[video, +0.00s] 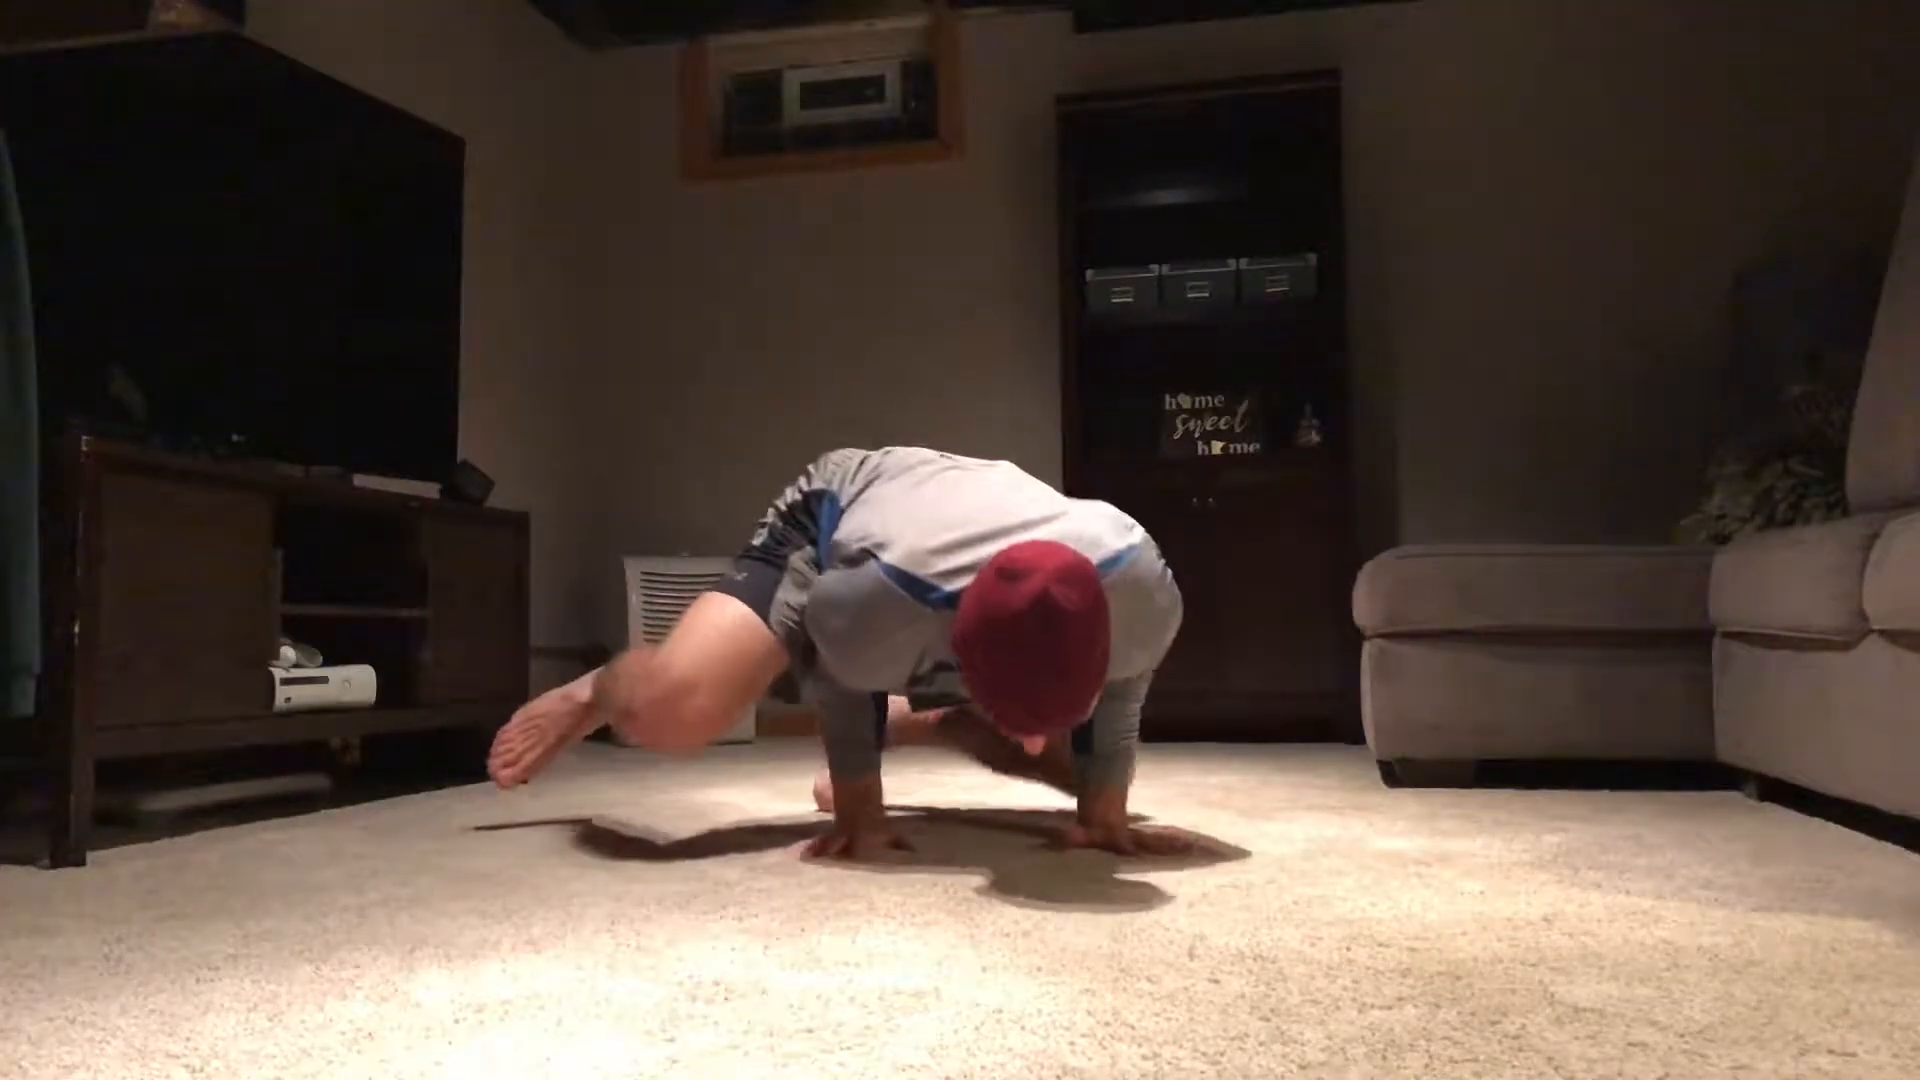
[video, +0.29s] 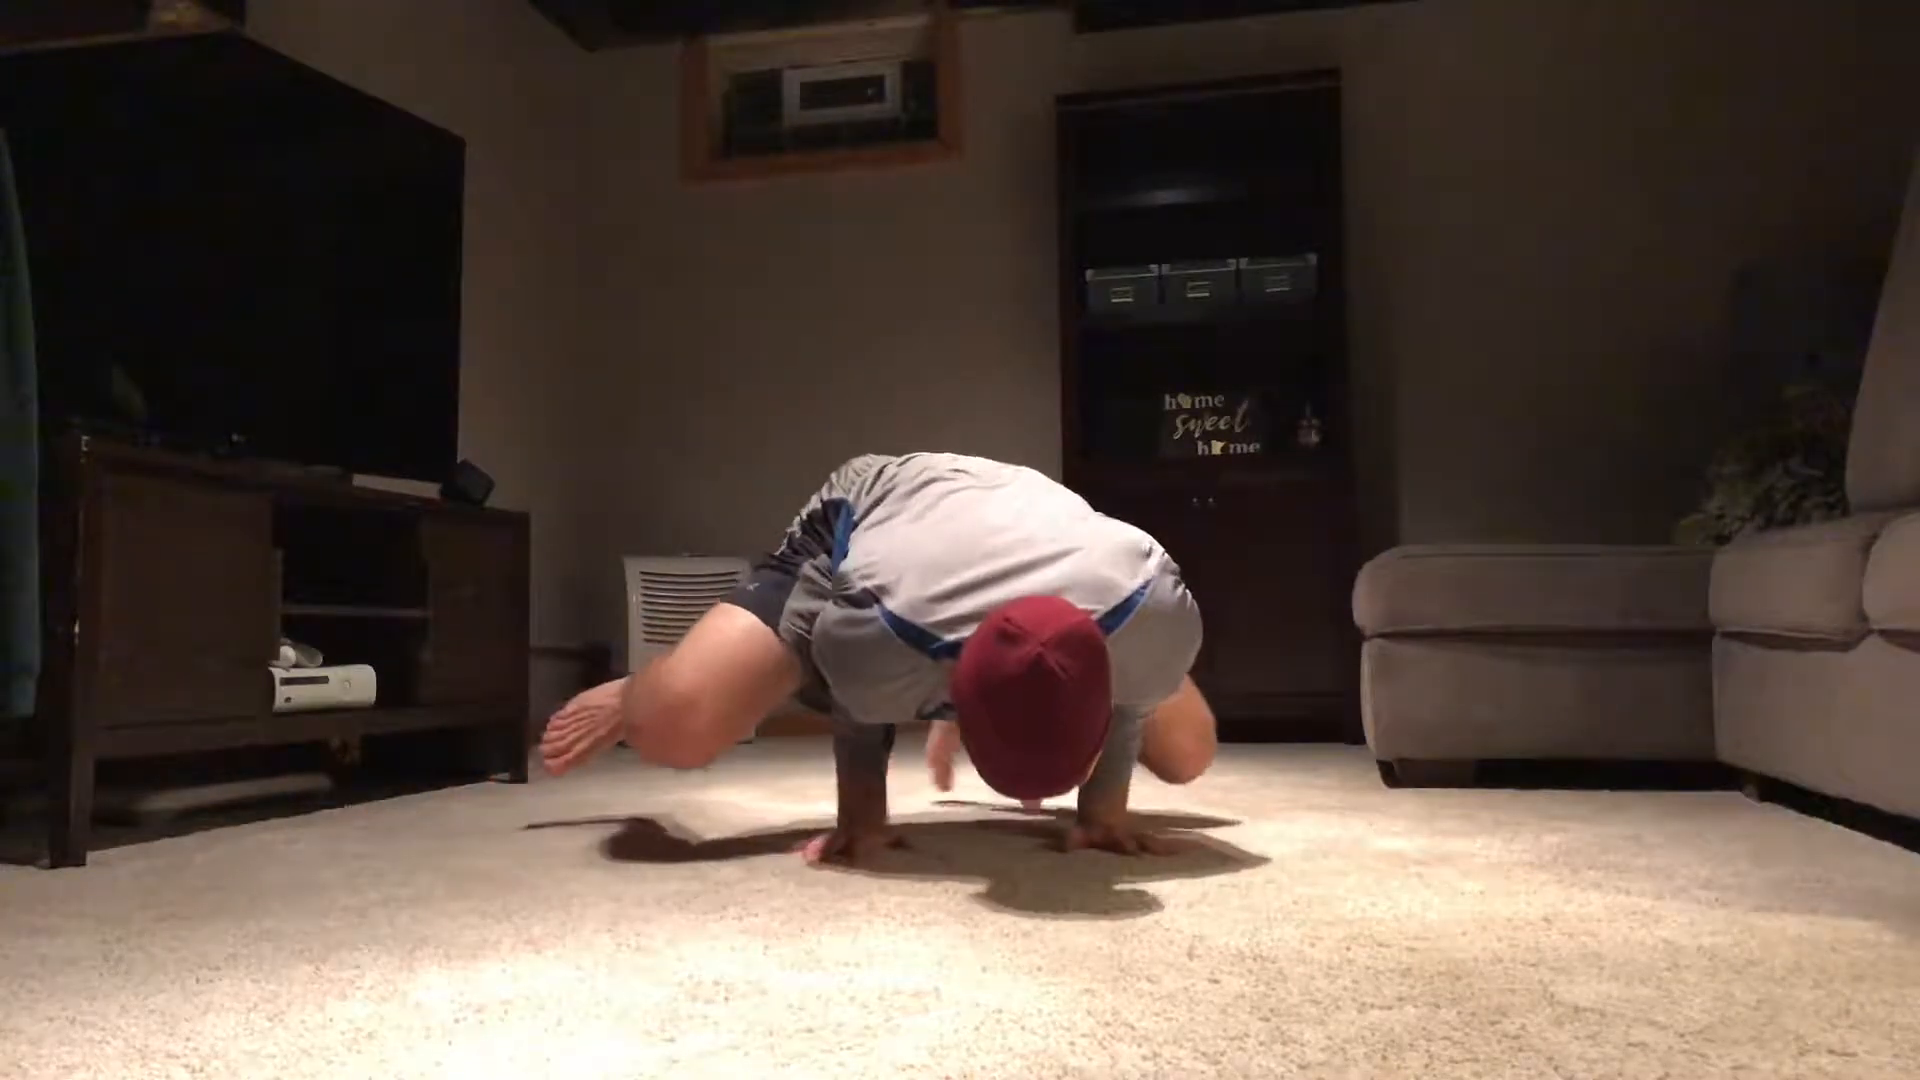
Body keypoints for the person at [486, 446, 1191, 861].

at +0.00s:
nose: (1035, 736)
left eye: (1050, 728)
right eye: (1017, 719)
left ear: (1100, 650)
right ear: (974, 643)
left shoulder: (1144, 593)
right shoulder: (872, 604)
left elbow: (1125, 699)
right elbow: (839, 693)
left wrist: (1107, 822)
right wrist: (860, 825)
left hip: (992, 512)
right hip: (840, 511)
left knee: (1062, 761)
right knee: (675, 720)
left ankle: (922, 719)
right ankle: (599, 694)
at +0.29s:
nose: (1032, 784)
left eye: (1051, 772)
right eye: (1011, 770)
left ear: (1097, 686)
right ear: (963, 694)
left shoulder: (1159, 618)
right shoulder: (865, 638)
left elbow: (1128, 703)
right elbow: (865, 725)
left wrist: (1108, 811)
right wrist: (861, 832)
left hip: (1017, 502)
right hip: (869, 505)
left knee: (1188, 754)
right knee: (678, 737)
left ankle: (961, 708)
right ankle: (633, 700)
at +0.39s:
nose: (1037, 811)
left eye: (1048, 793)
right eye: (1014, 795)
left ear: (1099, 701)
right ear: (966, 699)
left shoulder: (1158, 623)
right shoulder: (869, 642)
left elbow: (1130, 711)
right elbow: (863, 733)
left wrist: (1107, 812)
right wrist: (859, 834)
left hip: (1021, 490)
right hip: (873, 499)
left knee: (1206, 733)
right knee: (681, 743)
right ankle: (642, 701)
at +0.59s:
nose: (1023, 826)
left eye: (1036, 809)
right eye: (1002, 817)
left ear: (1080, 720)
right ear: (946, 722)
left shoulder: (1148, 642)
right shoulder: (861, 654)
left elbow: (1119, 706)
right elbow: (865, 720)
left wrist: (1106, 816)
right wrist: (862, 827)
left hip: (1029, 476)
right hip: (878, 485)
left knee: (1237, 708)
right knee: (687, 752)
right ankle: (664, 713)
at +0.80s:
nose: (995, 839)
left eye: (1018, 825)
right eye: (975, 827)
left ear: (1073, 728)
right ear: (925, 724)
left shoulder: (1140, 653)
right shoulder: (850, 663)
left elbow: (1116, 712)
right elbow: (857, 718)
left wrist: (1104, 814)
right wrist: (861, 823)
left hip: (1038, 478)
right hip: (881, 485)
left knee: (1253, 712)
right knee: (679, 753)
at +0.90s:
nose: (991, 842)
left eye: (1013, 828)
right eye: (971, 831)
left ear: (1063, 724)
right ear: (915, 727)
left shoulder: (1134, 648)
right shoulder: (844, 666)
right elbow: (858, 718)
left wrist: (1104, 810)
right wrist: (862, 821)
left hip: (1039, 477)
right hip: (881, 483)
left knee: (1255, 713)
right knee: (680, 752)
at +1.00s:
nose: (985, 846)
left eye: (1004, 832)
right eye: (963, 832)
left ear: (1050, 724)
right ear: (910, 726)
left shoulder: (1127, 646)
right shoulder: (835, 658)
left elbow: (1260, 710)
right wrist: (861, 823)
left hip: (1040, 476)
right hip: (881, 482)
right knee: (680, 751)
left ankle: (1103, 813)